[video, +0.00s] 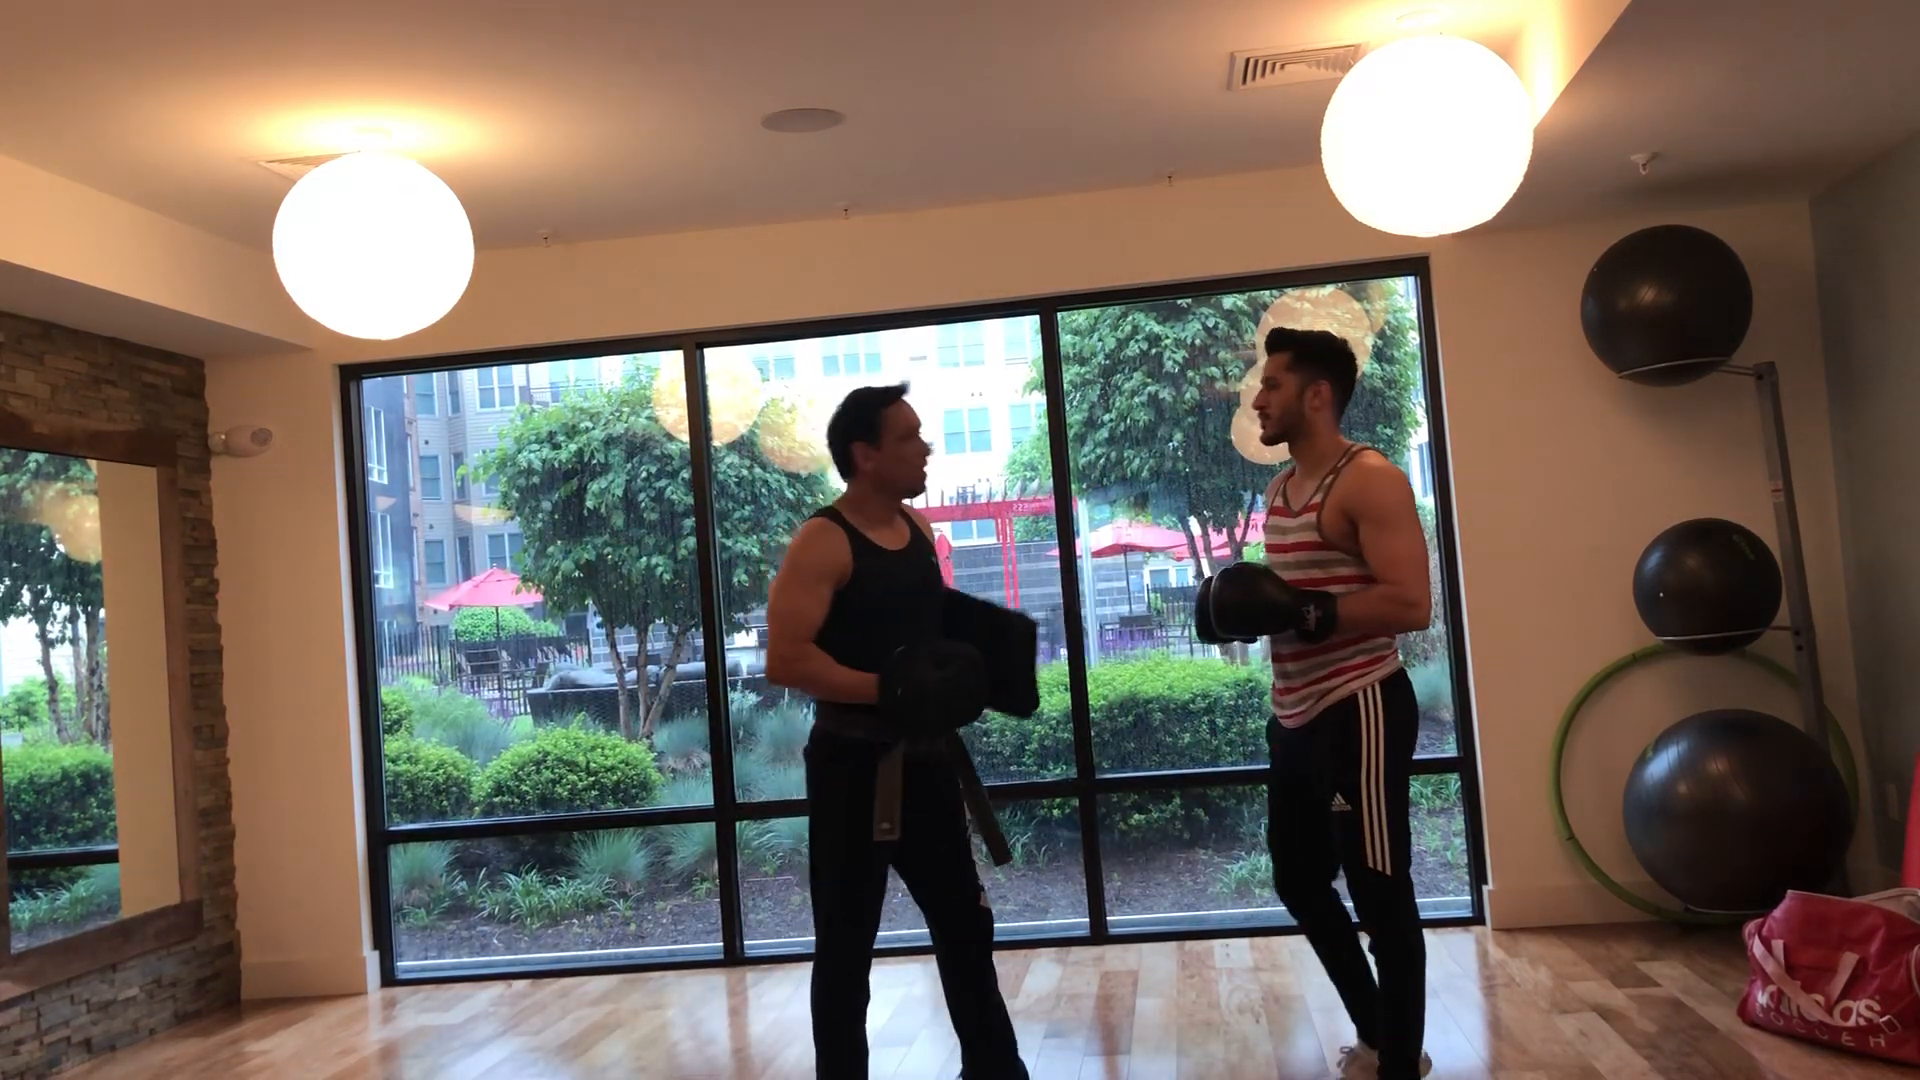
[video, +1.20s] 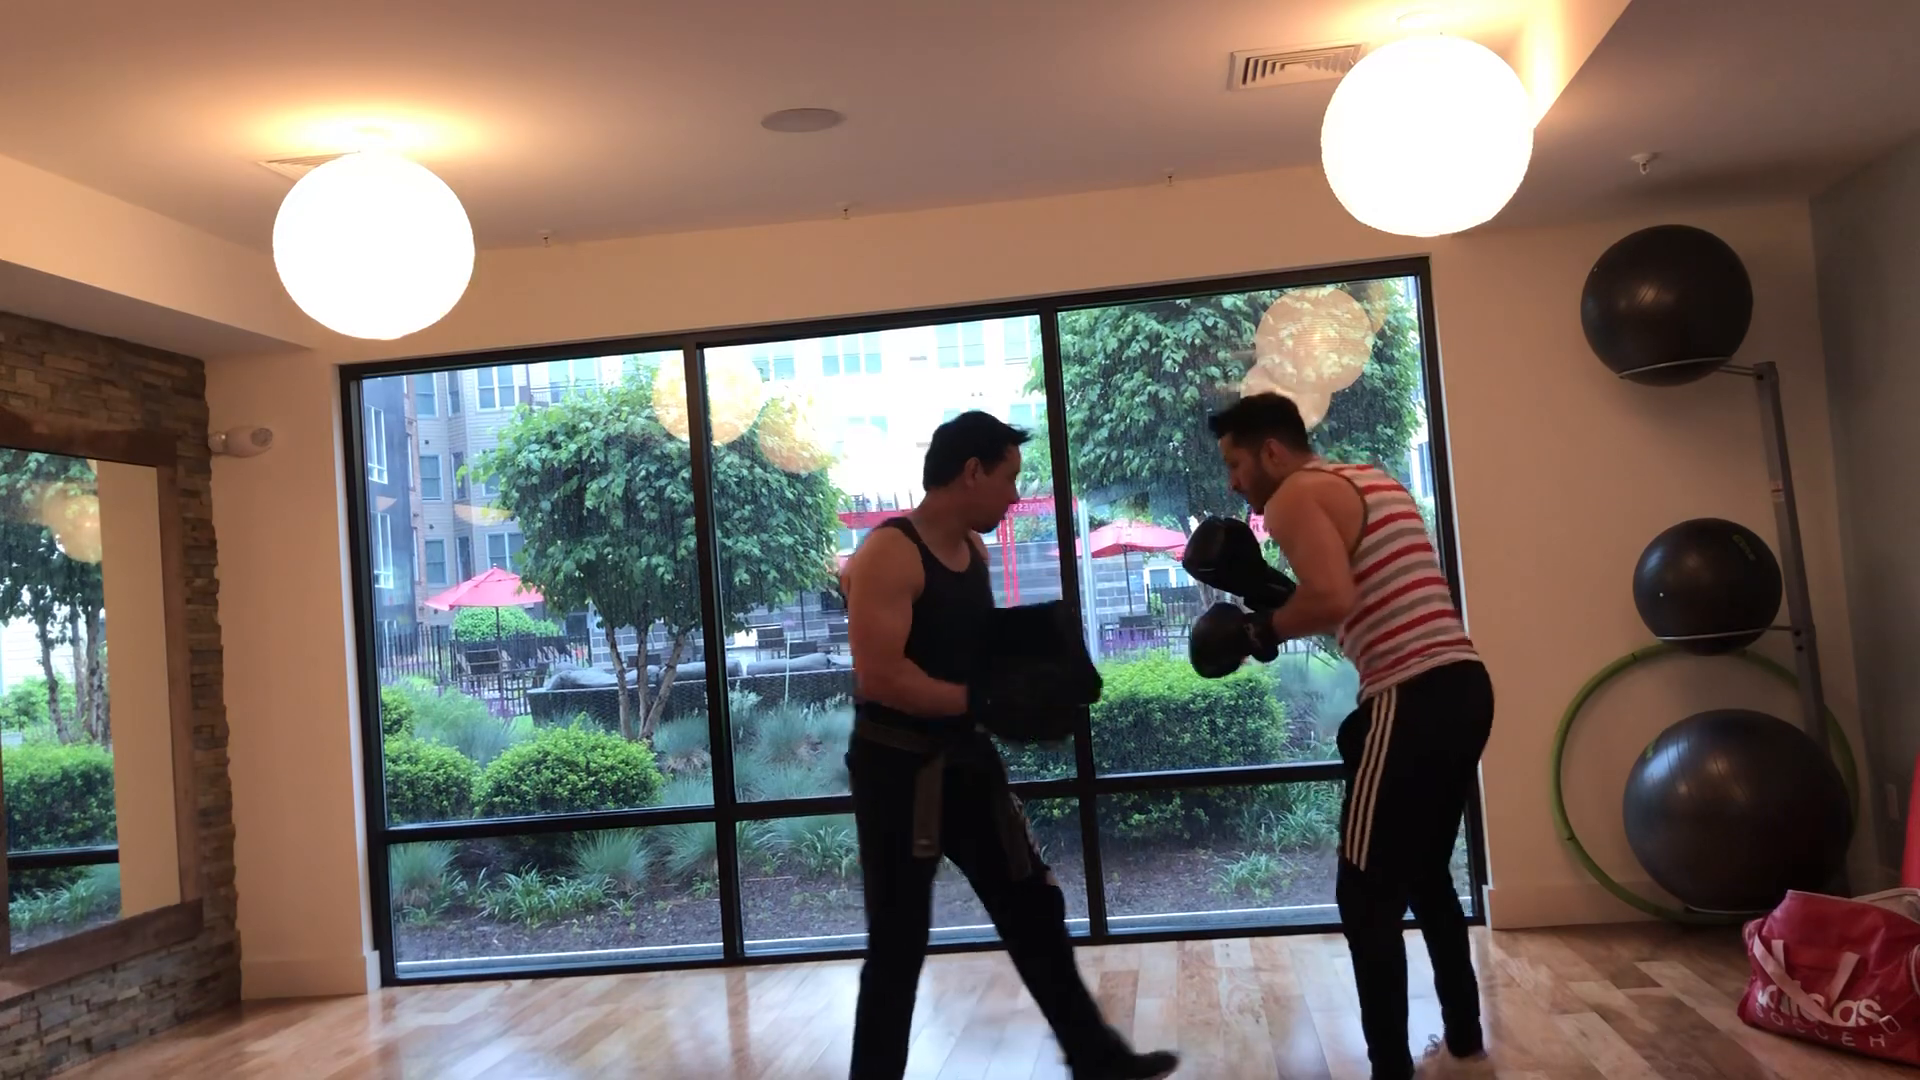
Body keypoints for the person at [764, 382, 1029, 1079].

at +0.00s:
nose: (926, 448)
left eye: (921, 435)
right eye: (910, 439)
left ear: (883, 457)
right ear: (862, 456)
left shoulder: (916, 531)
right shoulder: (820, 541)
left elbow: (923, 634)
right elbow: (784, 659)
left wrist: (985, 660)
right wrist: (894, 686)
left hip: (925, 754)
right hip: (848, 763)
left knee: (965, 930)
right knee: (844, 950)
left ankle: (996, 1074)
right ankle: (842, 1079)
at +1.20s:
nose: (1015, 495)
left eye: (1017, 480)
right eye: (1011, 478)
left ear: (972, 474)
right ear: (971, 471)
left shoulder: (969, 549)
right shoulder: (888, 550)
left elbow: (971, 650)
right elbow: (877, 674)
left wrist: (1035, 678)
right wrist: (982, 700)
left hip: (964, 754)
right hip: (895, 760)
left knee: (1030, 909)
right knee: (898, 942)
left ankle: (1098, 1059)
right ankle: (873, 1076)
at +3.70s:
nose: (1139, 488)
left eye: (1141, 475)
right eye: (1128, 474)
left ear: (1077, 476)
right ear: (1082, 470)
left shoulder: (1027, 538)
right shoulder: (1094, 536)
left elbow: (1134, 600)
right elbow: (1183, 603)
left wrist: (1233, 596)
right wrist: (1266, 588)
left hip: (1024, 745)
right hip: (1038, 751)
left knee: (1112, 904)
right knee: (1022, 932)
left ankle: (1142, 1061)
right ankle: (968, 1072)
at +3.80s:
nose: (1134, 488)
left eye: (1137, 475)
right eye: (1123, 474)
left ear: (1074, 477)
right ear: (1076, 471)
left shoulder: (1037, 537)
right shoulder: (1067, 543)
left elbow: (1078, 646)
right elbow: (1106, 662)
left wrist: (1158, 625)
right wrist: (1195, 648)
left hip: (1045, 746)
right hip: (1032, 752)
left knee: (1123, 901)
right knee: (1043, 926)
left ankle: (1142, 1059)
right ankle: (985, 1075)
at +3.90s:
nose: (1124, 482)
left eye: (1127, 468)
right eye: (1113, 467)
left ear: (1076, 469)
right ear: (1066, 465)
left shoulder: (1065, 545)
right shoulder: (1029, 540)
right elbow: (1000, 647)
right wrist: (1096, 675)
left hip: (1053, 746)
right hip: (1012, 749)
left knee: (1119, 908)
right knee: (1024, 931)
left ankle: (1144, 1060)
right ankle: (983, 1074)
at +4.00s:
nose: (1110, 473)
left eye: (1112, 460)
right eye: (1099, 460)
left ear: (1063, 462)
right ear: (1049, 460)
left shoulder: (1085, 536)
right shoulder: (998, 535)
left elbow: (1127, 562)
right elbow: (929, 629)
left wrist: (1157, 540)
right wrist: (1024, 673)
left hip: (1045, 740)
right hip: (980, 744)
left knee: (1090, 906)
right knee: (978, 927)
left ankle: (1142, 1063)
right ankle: (965, 1072)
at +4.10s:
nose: (1100, 477)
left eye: (1101, 464)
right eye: (1090, 464)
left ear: (1055, 465)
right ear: (1041, 463)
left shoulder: (1078, 524)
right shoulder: (969, 539)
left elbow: (1167, 519)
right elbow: (904, 638)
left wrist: (1243, 491)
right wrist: (1008, 665)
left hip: (1034, 745)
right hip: (960, 749)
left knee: (1079, 912)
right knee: (956, 933)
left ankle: (1131, 1065)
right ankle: (955, 1071)